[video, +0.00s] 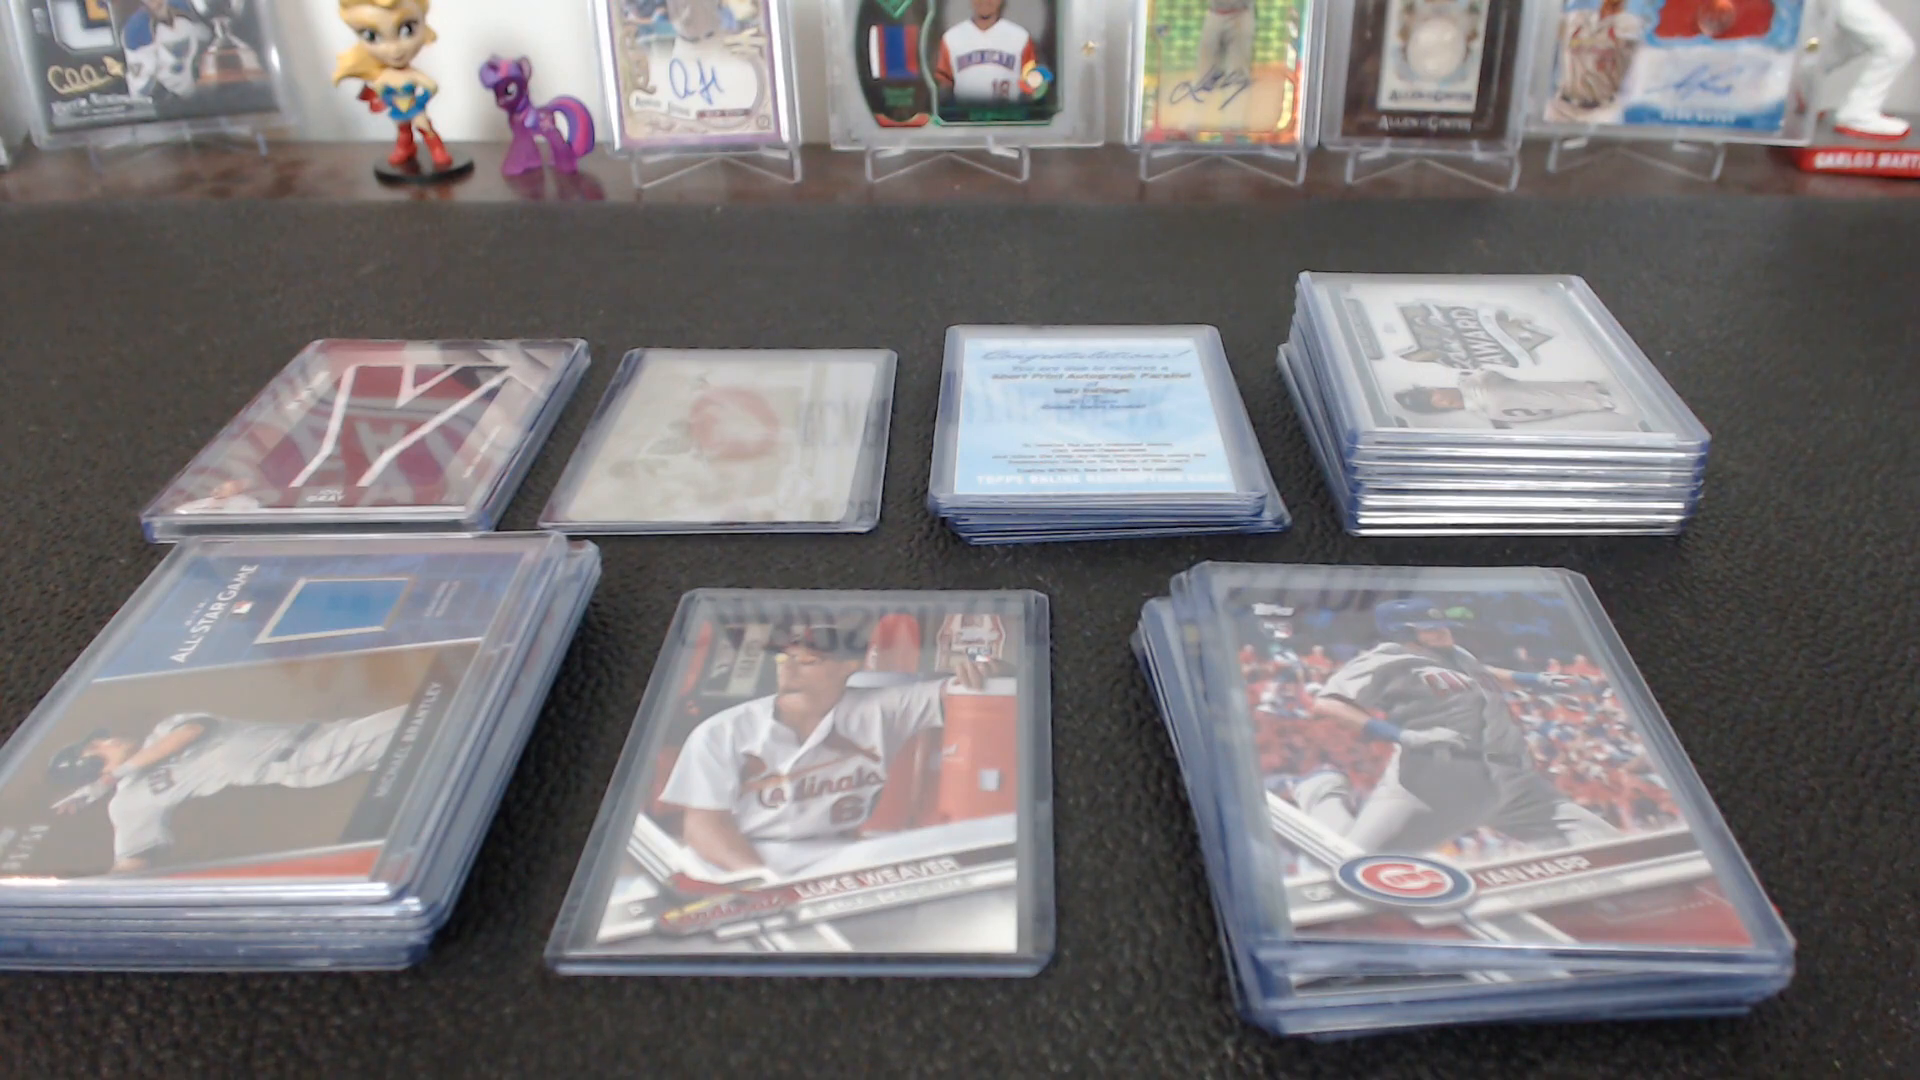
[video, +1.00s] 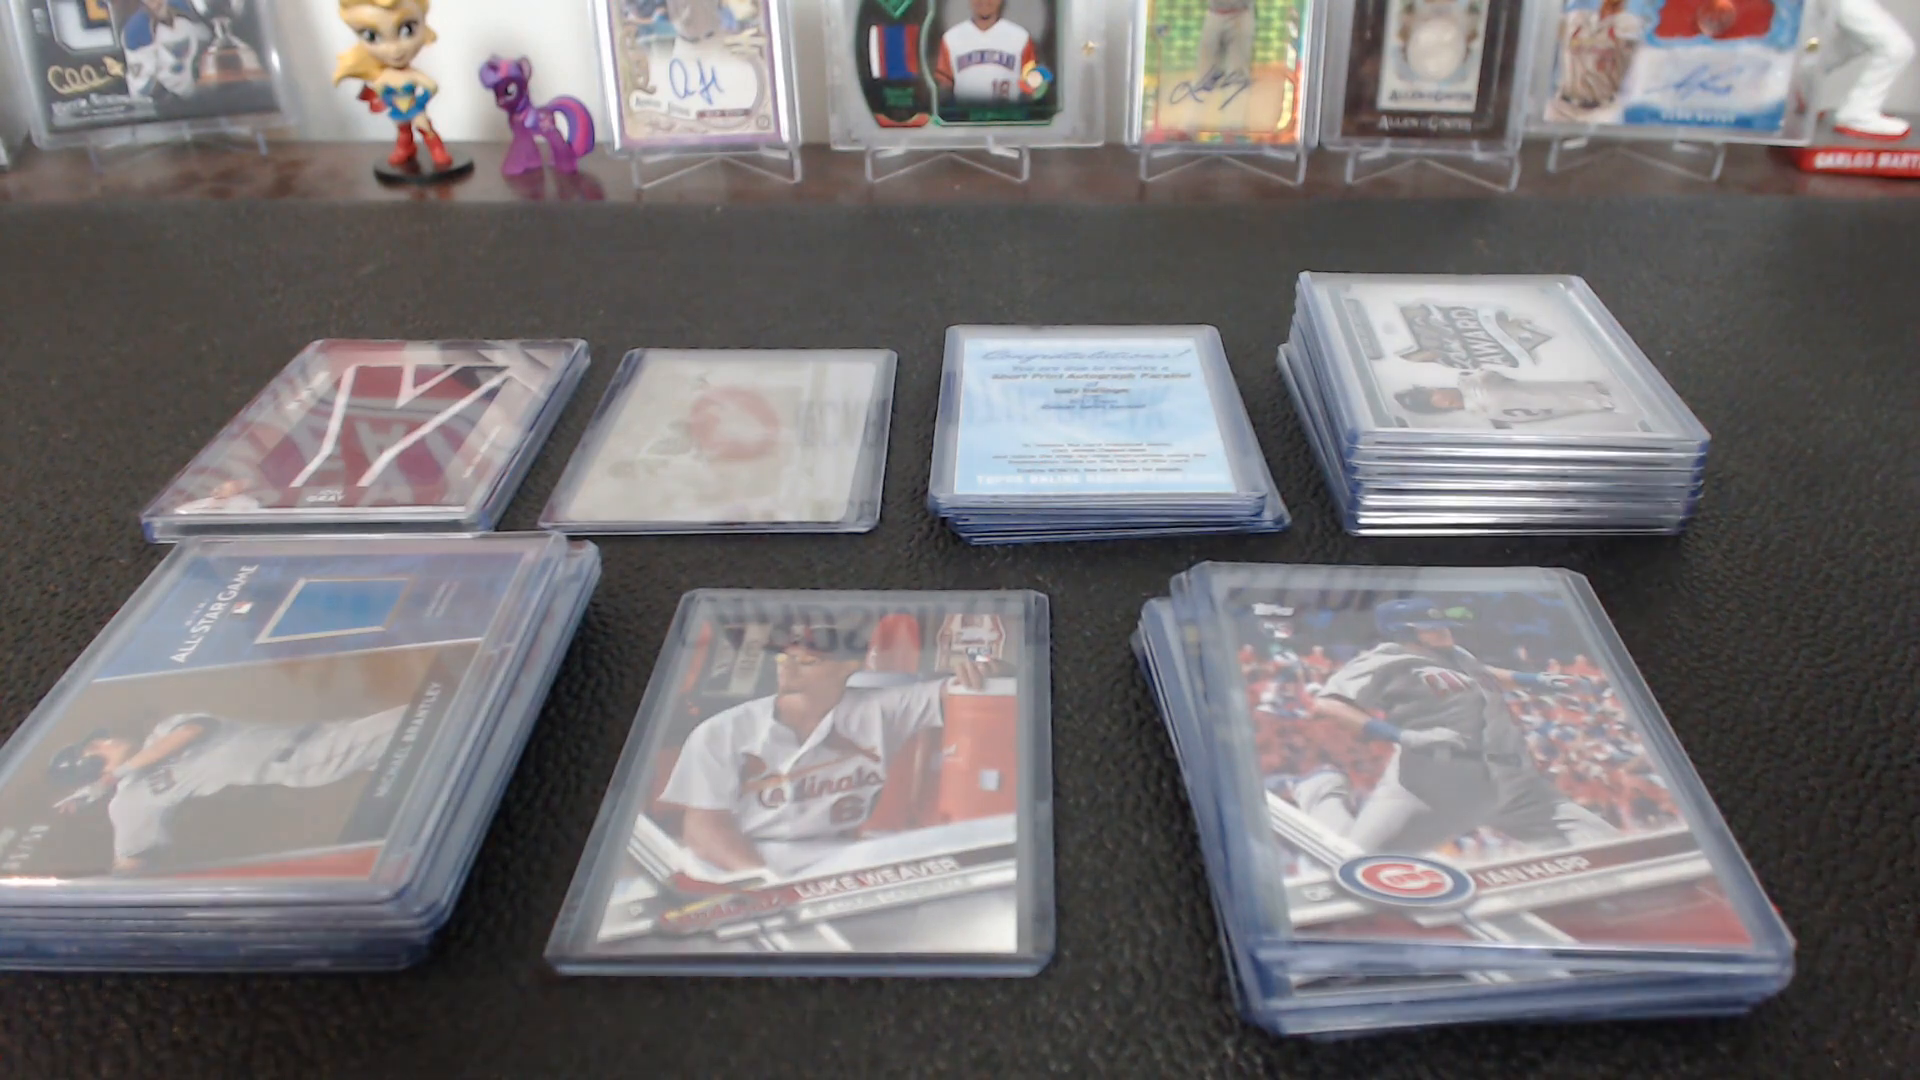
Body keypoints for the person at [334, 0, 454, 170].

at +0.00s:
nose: (394, 50)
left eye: (407, 30)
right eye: (372, 36)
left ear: (424, 29)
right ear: (359, 38)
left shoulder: (414, 75)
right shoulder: (379, 75)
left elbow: (426, 86)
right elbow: (370, 87)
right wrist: (374, 100)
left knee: (422, 122)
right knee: (401, 124)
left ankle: (437, 149)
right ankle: (405, 148)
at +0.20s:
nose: (394, 50)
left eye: (407, 30)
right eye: (372, 36)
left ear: (424, 29)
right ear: (359, 38)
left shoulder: (414, 75)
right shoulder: (379, 75)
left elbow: (426, 86)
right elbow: (370, 87)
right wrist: (374, 100)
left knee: (422, 122)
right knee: (401, 124)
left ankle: (437, 149)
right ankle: (405, 148)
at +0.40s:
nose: (394, 50)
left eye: (407, 30)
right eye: (372, 36)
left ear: (424, 29)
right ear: (359, 38)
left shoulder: (414, 75)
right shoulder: (379, 75)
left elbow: (427, 86)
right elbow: (370, 88)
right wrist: (374, 100)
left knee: (422, 123)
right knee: (401, 124)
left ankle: (437, 149)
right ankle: (405, 148)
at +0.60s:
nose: (394, 50)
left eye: (407, 30)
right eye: (372, 36)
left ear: (424, 29)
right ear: (359, 38)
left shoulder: (414, 75)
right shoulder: (379, 75)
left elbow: (426, 86)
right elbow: (370, 88)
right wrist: (375, 100)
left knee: (421, 122)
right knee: (401, 124)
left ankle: (437, 149)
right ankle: (405, 147)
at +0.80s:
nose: (394, 50)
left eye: (407, 30)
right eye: (372, 36)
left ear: (424, 29)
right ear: (359, 38)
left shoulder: (414, 75)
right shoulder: (379, 75)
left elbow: (427, 86)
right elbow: (370, 88)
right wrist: (374, 100)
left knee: (422, 123)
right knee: (401, 125)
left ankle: (437, 149)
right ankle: (405, 148)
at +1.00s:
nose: (394, 51)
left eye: (407, 30)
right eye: (372, 36)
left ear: (424, 29)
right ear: (359, 38)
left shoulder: (414, 75)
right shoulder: (379, 75)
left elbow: (427, 86)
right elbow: (370, 88)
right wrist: (375, 100)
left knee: (422, 123)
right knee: (401, 125)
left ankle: (437, 149)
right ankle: (405, 148)